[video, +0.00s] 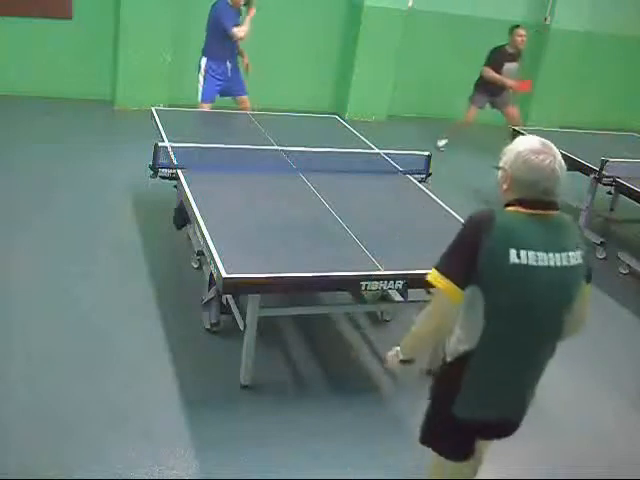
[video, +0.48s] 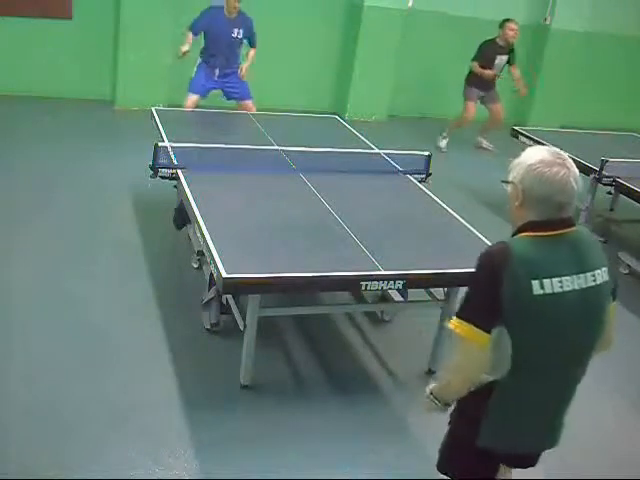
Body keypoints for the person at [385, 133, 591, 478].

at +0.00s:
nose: (499, 177)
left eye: (501, 172)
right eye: (502, 170)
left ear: (507, 182)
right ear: (554, 182)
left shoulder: (485, 227)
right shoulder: (570, 232)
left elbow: (442, 312)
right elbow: (575, 319)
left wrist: (405, 353)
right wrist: (531, 336)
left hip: (471, 374)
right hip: (524, 372)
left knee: (450, 459)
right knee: (476, 443)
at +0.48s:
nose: (507, 192)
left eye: (510, 185)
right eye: (510, 184)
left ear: (520, 196)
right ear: (569, 198)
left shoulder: (502, 259)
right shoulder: (591, 248)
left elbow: (472, 360)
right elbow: (603, 338)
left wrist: (440, 393)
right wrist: (549, 359)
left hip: (491, 412)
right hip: (549, 407)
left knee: (466, 469)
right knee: (504, 463)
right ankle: (502, 470)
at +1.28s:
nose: (524, 187)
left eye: (528, 180)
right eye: (527, 180)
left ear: (538, 190)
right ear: (585, 195)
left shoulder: (513, 244)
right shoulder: (604, 247)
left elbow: (478, 343)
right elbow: (614, 342)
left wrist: (446, 358)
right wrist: (571, 358)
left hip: (496, 389)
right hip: (555, 391)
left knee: (466, 470)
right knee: (513, 470)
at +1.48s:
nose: (508, 188)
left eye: (511, 181)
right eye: (511, 180)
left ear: (519, 189)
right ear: (568, 192)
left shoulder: (492, 239)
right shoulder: (588, 246)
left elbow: (446, 330)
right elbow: (599, 333)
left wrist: (426, 303)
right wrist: (548, 340)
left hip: (479, 380)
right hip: (535, 381)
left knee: (462, 463)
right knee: (489, 450)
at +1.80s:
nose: (472, 170)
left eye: (475, 164)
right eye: (474, 163)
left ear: (481, 173)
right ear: (525, 173)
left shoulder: (464, 217)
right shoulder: (544, 220)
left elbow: (431, 303)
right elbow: (561, 301)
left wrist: (409, 280)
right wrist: (514, 301)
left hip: (461, 348)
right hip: (508, 345)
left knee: (447, 426)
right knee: (460, 400)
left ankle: (445, 470)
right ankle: (434, 456)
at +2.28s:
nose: (427, 153)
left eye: (429, 147)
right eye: (428, 147)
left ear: (436, 150)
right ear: (472, 150)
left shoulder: (429, 184)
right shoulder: (499, 188)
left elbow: (413, 265)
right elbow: (524, 257)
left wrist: (391, 271)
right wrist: (500, 272)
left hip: (441, 316)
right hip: (482, 317)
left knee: (426, 422)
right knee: (434, 386)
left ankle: (431, 472)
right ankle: (424, 457)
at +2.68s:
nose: (390, 181)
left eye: (390, 172)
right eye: (389, 173)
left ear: (401, 169)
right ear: (431, 160)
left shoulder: (400, 199)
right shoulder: (474, 193)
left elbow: (373, 288)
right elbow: (498, 267)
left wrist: (359, 282)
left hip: (424, 329)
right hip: (469, 329)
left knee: (377, 428)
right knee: (421, 383)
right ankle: (424, 456)